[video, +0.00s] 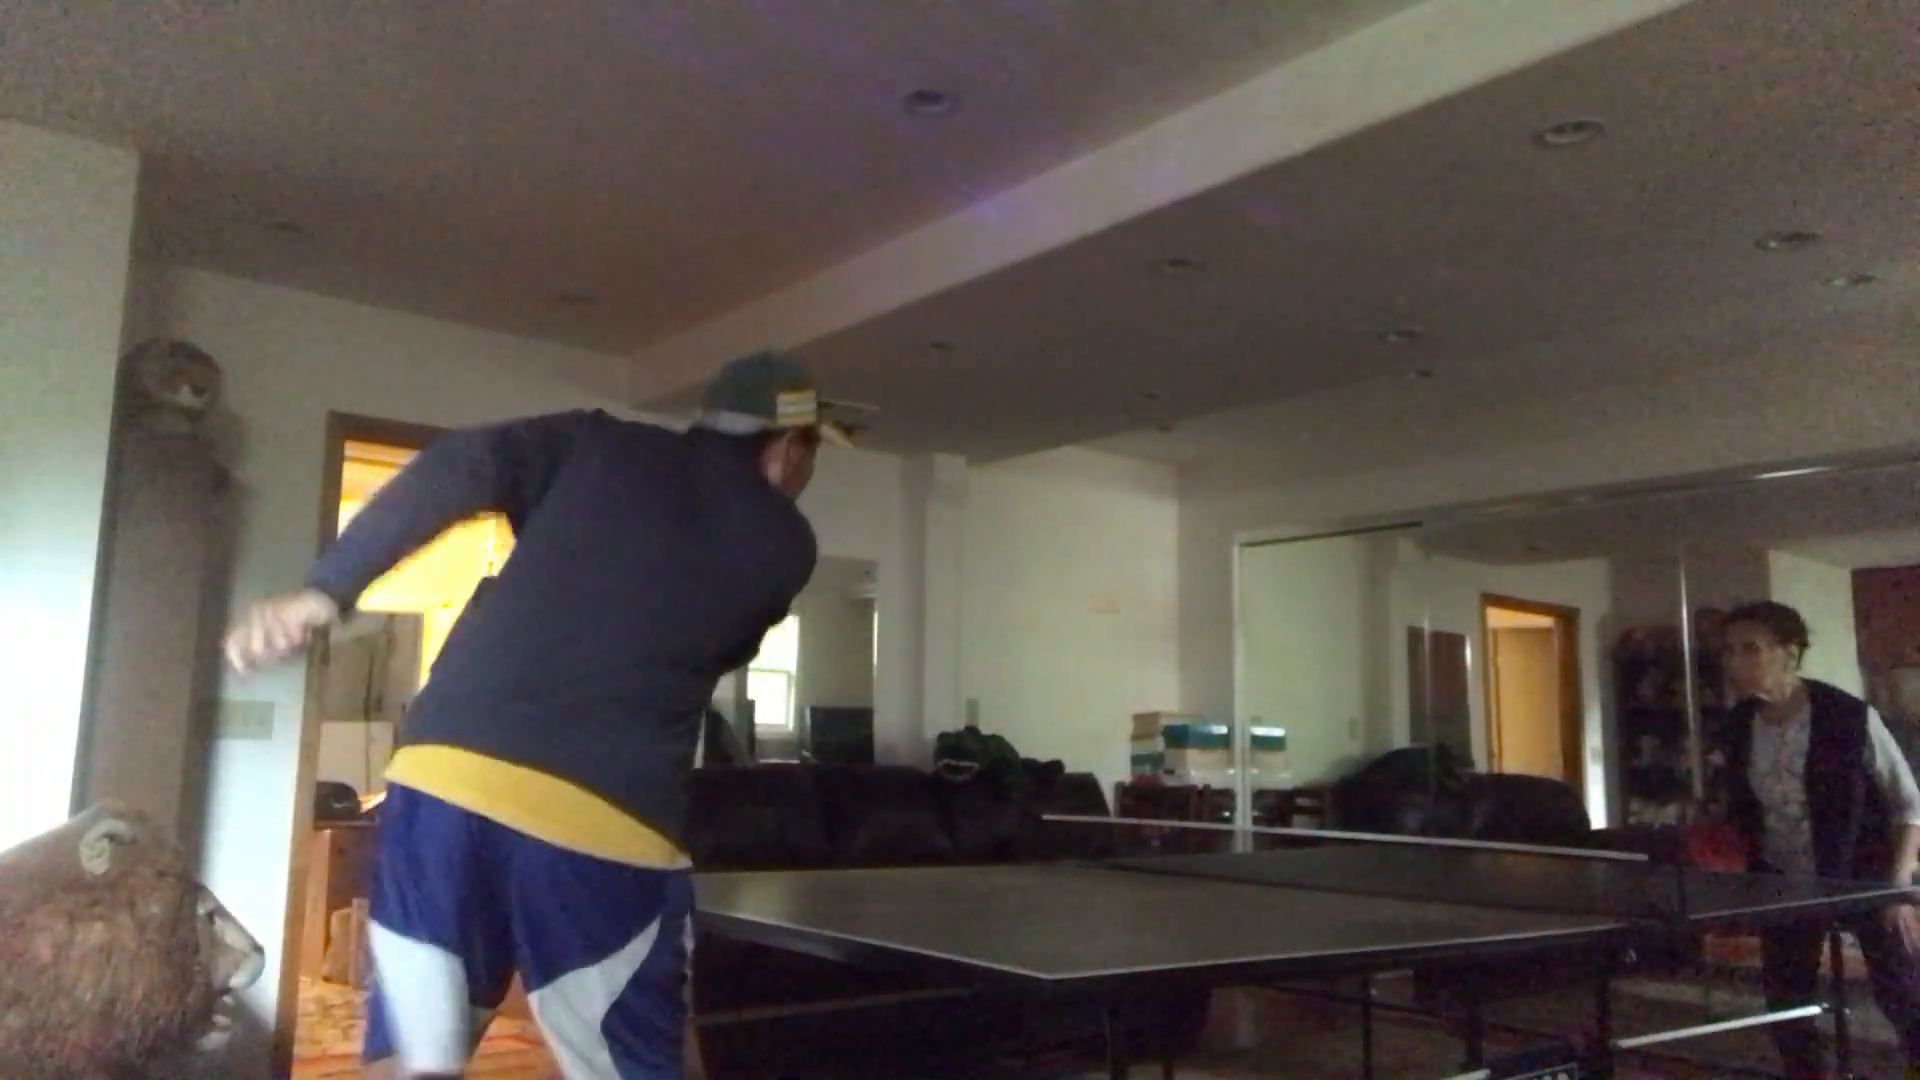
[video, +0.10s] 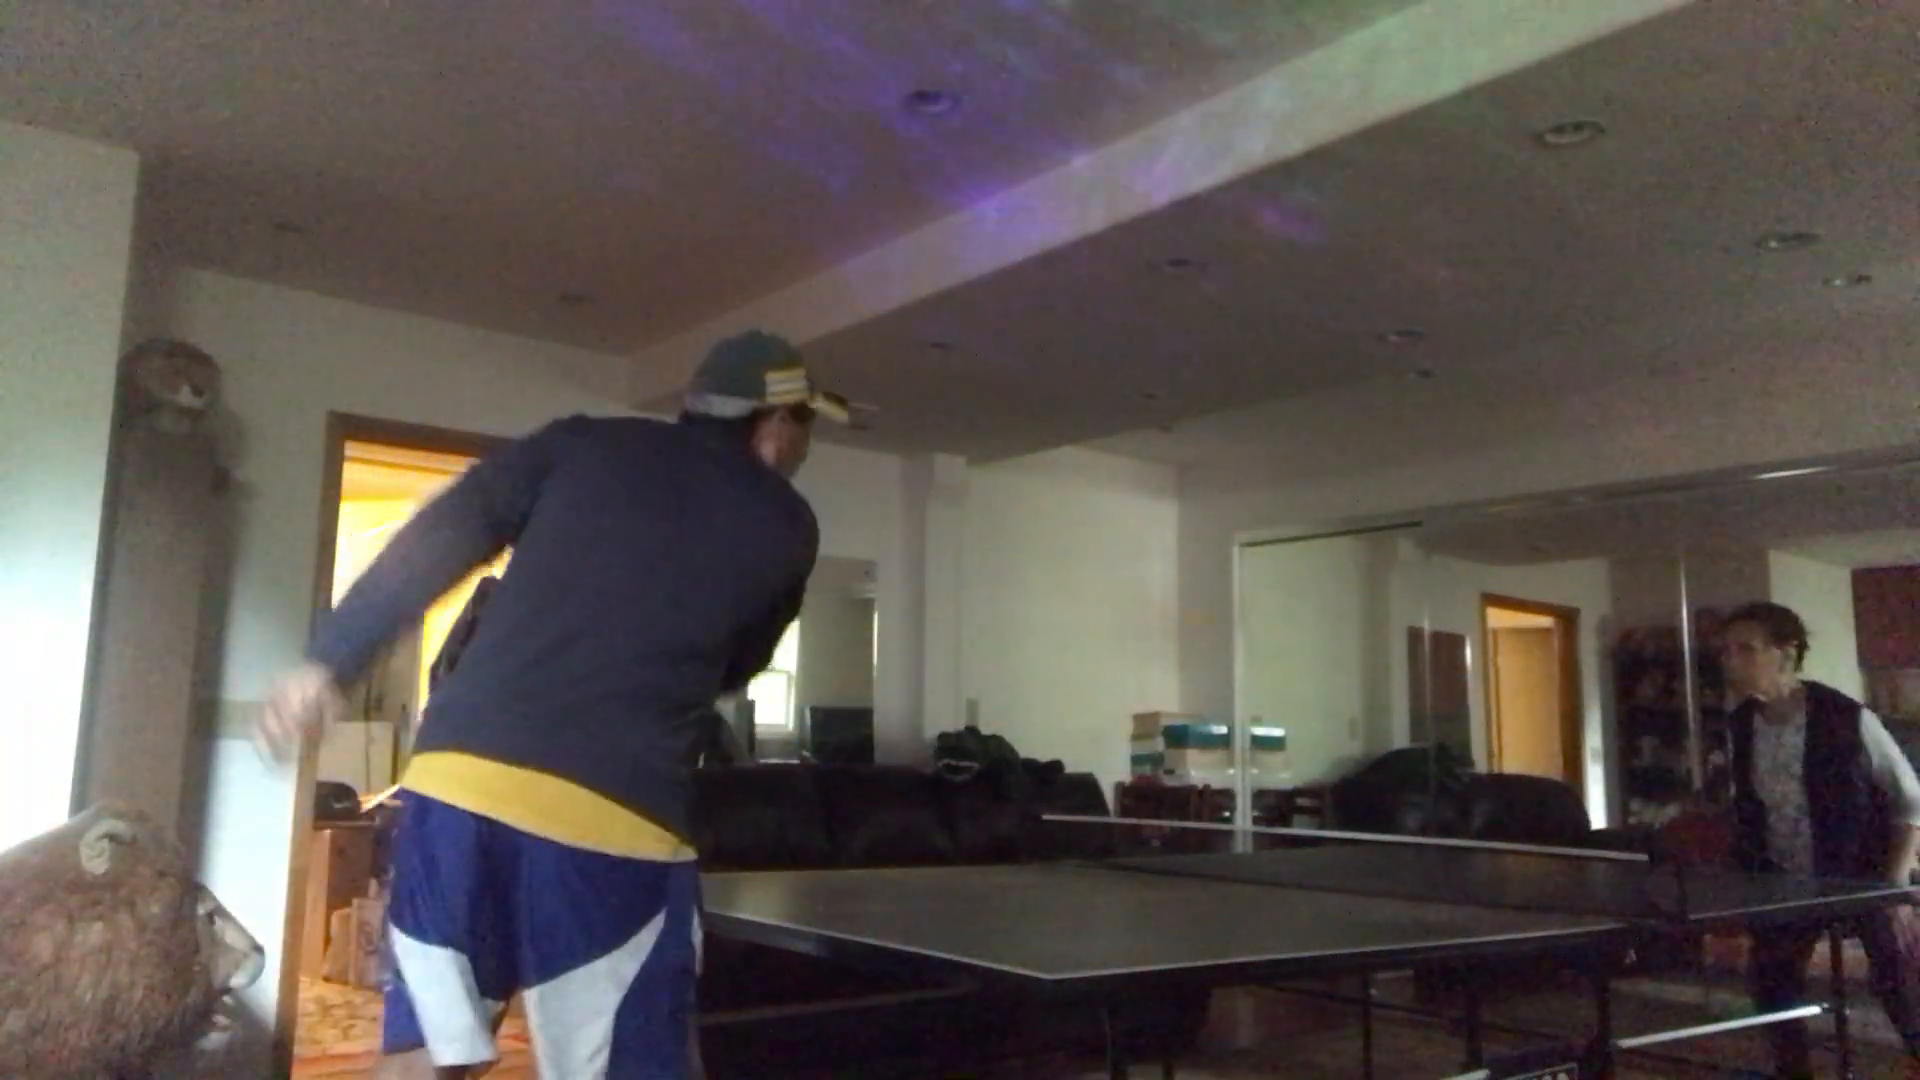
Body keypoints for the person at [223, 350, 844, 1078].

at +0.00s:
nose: (809, 472)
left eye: (812, 455)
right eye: (810, 452)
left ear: (707, 422)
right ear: (783, 448)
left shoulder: (595, 436)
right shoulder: (785, 540)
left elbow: (461, 459)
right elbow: (724, 650)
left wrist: (327, 586)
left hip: (440, 787)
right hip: (604, 830)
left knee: (412, 1062)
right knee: (632, 1064)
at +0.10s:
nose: (802, 452)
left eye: (806, 434)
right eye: (802, 433)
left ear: (695, 404)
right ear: (770, 428)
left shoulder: (579, 439)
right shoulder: (786, 522)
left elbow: (447, 530)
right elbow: (736, 663)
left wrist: (328, 660)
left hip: (454, 793)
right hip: (613, 832)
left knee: (423, 1052)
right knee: (625, 1065)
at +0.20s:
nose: (781, 437)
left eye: (783, 419)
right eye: (779, 418)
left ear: (671, 404)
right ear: (746, 418)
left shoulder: (545, 459)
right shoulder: (763, 514)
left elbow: (425, 600)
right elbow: (757, 690)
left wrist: (356, 747)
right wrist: (684, 713)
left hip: (458, 799)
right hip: (615, 827)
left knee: (420, 1055)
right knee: (620, 1062)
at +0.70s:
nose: (644, 416)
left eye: (643, 397)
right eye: (638, 395)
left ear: (541, 393)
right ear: (597, 395)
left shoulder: (445, 481)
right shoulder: (577, 481)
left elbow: (364, 652)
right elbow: (575, 664)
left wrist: (431, 747)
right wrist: (691, 717)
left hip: (360, 831)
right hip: (482, 844)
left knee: (338, 1060)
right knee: (518, 1064)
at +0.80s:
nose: (643, 409)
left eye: (640, 389)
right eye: (636, 388)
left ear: (539, 392)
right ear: (594, 393)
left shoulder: (441, 480)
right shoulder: (575, 484)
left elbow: (359, 648)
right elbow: (574, 661)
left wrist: (421, 741)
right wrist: (692, 716)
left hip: (352, 829)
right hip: (472, 842)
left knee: (340, 1058)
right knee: (496, 1062)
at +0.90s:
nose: (648, 406)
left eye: (646, 386)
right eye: (641, 385)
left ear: (548, 390)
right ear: (597, 392)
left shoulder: (444, 476)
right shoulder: (574, 480)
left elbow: (358, 648)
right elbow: (579, 664)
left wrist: (431, 742)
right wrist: (703, 709)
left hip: (352, 827)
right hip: (471, 841)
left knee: (341, 1059)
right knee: (497, 1063)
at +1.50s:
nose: (687, 437)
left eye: (690, 416)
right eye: (682, 413)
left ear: (577, 400)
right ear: (642, 410)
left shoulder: (450, 458)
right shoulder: (641, 502)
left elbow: (312, 562)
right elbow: (653, 693)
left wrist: (256, 730)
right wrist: (773, 696)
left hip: (340, 804)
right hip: (488, 830)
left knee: (292, 1051)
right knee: (492, 1059)